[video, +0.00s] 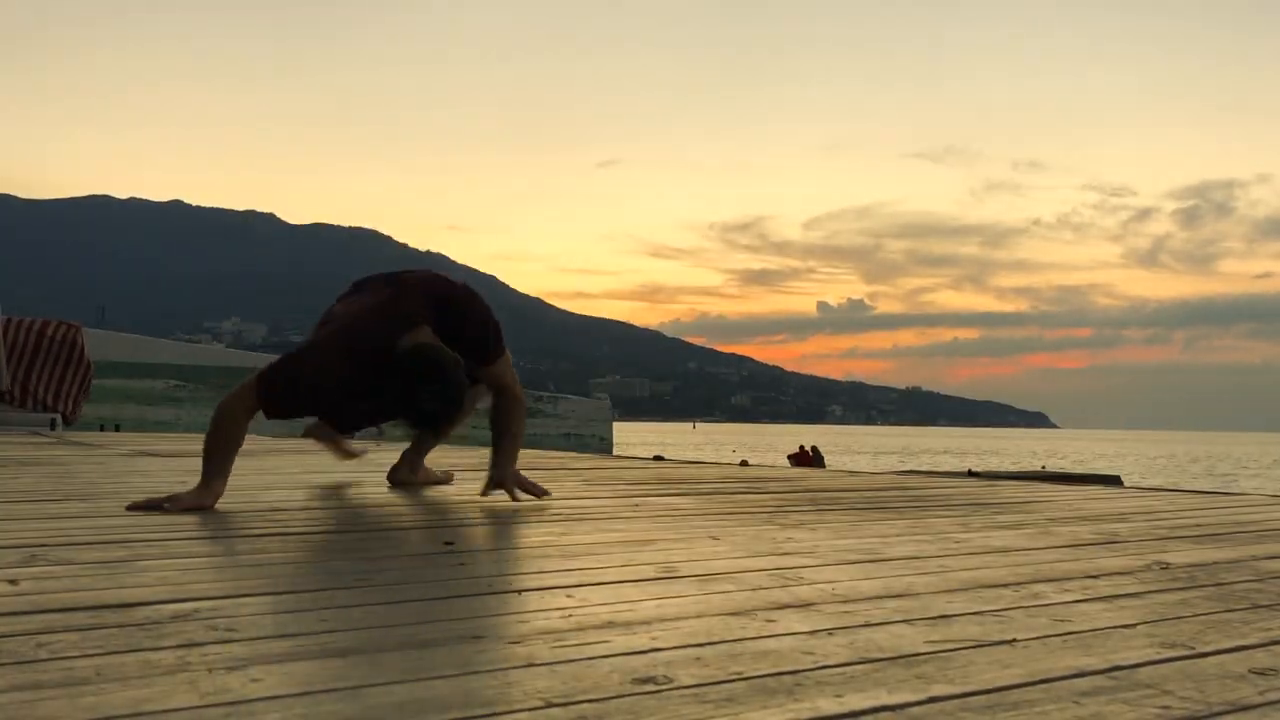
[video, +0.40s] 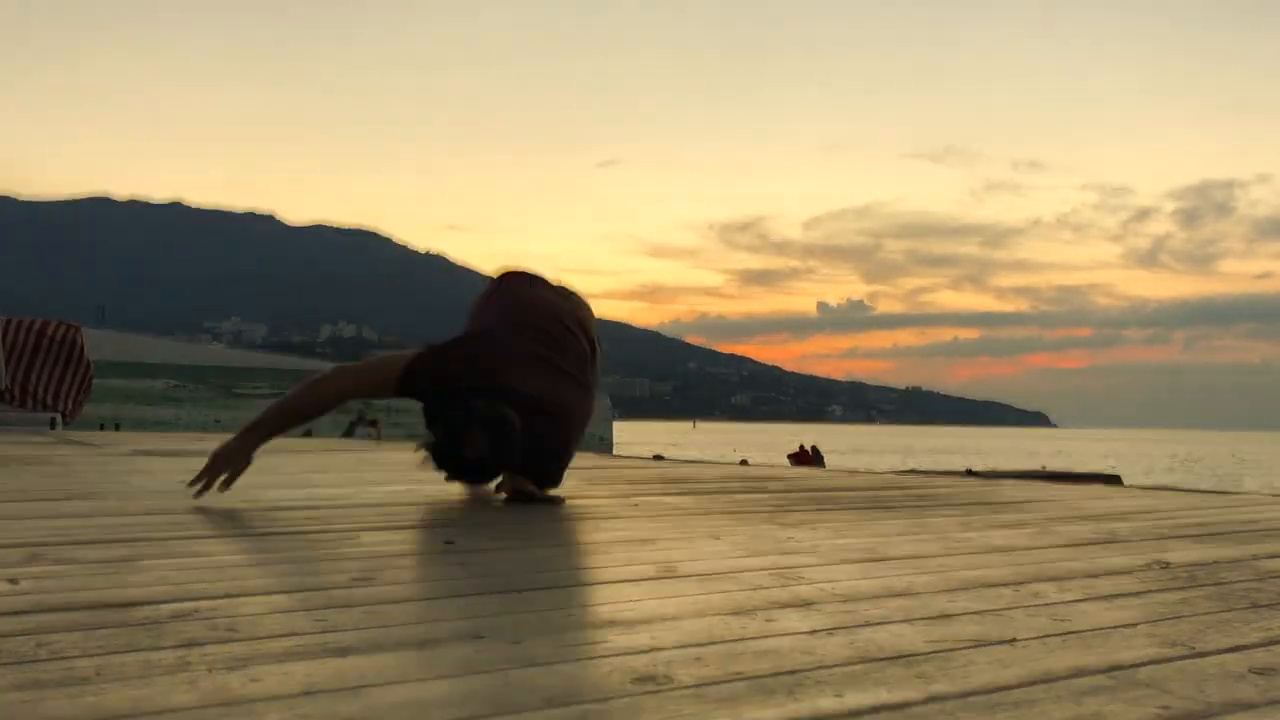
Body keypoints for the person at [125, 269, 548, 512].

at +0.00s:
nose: (456, 423)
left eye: (459, 416)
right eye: (443, 424)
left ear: (457, 379)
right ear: (405, 404)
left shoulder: (469, 324)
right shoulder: (330, 366)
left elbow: (508, 391)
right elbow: (233, 408)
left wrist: (504, 468)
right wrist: (208, 489)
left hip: (437, 296)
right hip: (359, 296)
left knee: (472, 386)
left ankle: (409, 465)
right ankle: (325, 429)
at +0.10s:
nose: (449, 456)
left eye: (461, 447)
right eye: (445, 448)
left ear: (482, 403)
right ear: (421, 419)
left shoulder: (498, 348)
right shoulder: (354, 384)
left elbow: (525, 412)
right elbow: (258, 408)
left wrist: (516, 485)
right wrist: (210, 491)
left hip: (446, 297)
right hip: (369, 302)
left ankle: (405, 452)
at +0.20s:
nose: (457, 478)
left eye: (471, 474)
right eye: (449, 468)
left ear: (497, 438)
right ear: (431, 436)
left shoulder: (520, 387)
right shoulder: (373, 387)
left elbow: (525, 430)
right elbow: (275, 416)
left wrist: (517, 485)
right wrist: (210, 491)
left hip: (477, 289)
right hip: (399, 286)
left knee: (534, 364)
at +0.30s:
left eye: (481, 473)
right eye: (457, 471)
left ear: (504, 439)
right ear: (435, 431)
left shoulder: (537, 411)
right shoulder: (404, 379)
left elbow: (542, 429)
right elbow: (306, 429)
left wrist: (521, 484)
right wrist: (212, 489)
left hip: (529, 296)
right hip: (448, 279)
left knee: (538, 412)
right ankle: (584, 413)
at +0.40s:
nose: (471, 482)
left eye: (476, 477)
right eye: (461, 473)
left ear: (499, 470)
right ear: (442, 426)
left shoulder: (556, 451)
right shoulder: (444, 372)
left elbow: (540, 482)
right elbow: (341, 382)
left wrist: (530, 482)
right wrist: (246, 441)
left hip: (577, 317)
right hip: (511, 290)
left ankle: (522, 481)